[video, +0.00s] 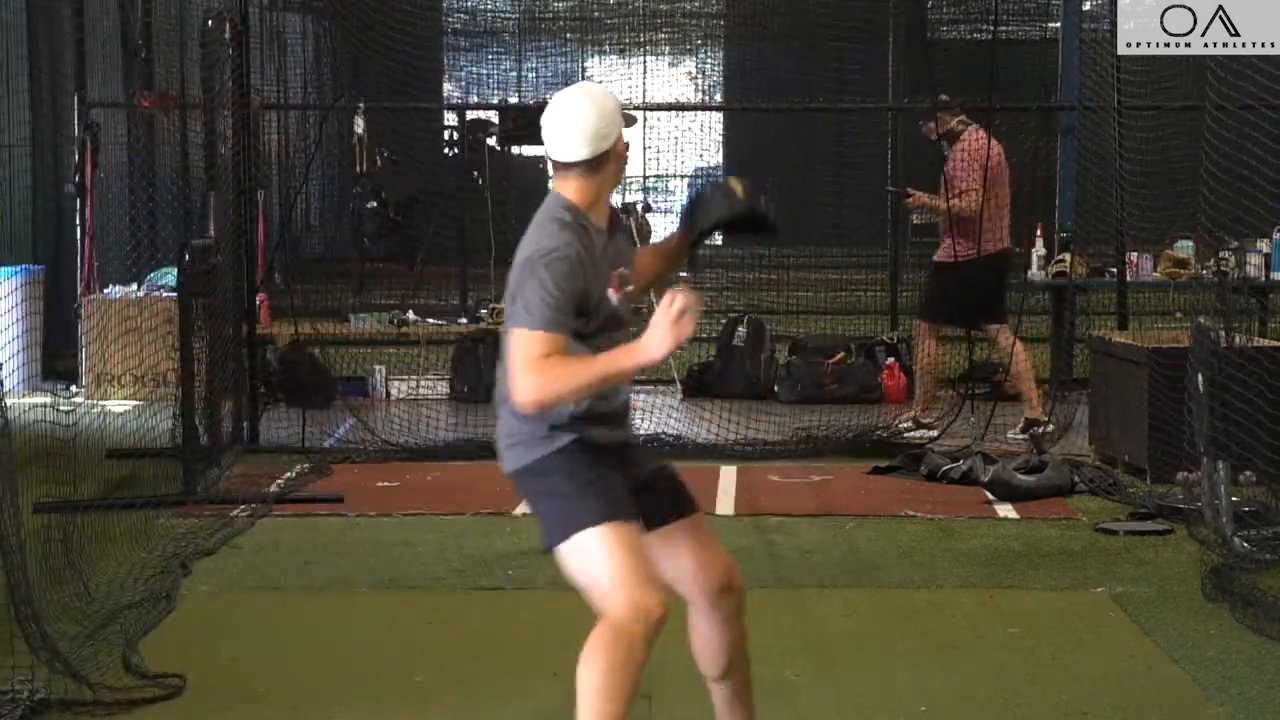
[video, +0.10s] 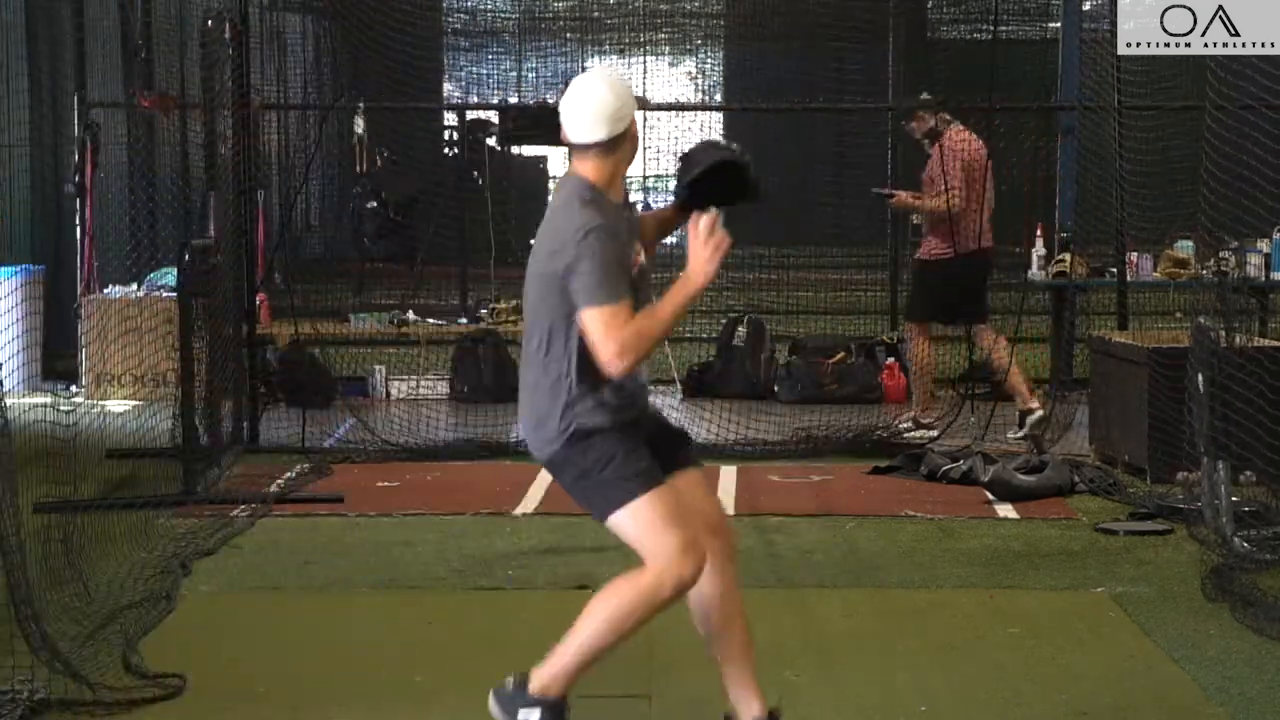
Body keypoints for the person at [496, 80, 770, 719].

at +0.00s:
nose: (626, 148)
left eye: (622, 140)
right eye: (624, 140)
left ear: (554, 154)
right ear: (618, 152)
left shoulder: (613, 222)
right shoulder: (550, 251)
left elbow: (634, 277)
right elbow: (531, 384)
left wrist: (693, 226)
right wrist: (645, 349)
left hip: (610, 436)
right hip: (551, 447)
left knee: (713, 582)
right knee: (634, 604)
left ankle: (735, 715)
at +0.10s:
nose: (640, 131)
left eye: (636, 121)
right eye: (637, 121)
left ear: (568, 134)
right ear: (630, 131)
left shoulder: (598, 200)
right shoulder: (586, 229)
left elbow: (632, 245)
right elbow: (615, 352)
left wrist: (688, 202)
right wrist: (694, 279)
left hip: (620, 408)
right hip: (575, 423)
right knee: (677, 557)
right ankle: (535, 694)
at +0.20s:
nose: (655, 123)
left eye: (650, 114)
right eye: (654, 114)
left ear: (582, 122)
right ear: (647, 124)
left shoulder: (602, 184)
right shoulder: (605, 216)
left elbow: (653, 212)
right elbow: (623, 336)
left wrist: (702, 218)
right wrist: (694, 282)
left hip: (613, 383)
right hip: (565, 403)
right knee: (666, 531)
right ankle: (560, 664)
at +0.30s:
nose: (665, 153)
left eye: (661, 146)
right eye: (663, 144)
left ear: (600, 156)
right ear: (655, 154)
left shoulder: (629, 196)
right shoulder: (598, 244)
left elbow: (688, 180)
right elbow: (578, 362)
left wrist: (771, 210)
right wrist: (648, 437)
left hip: (592, 385)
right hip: (547, 411)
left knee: (687, 493)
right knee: (650, 534)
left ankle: (655, 594)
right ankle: (576, 671)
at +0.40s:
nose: (668, 179)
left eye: (665, 172)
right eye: (665, 171)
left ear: (612, 181)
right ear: (656, 180)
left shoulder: (647, 215)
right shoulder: (588, 259)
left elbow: (717, 178)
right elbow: (525, 354)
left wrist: (796, 160)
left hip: (603, 401)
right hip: (565, 416)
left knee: (667, 496)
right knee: (666, 524)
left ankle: (610, 558)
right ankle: (580, 666)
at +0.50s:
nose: (666, 184)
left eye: (663, 175)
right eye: (659, 176)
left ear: (619, 182)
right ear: (642, 184)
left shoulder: (637, 230)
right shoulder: (575, 242)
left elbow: (651, 180)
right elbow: (479, 267)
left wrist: (691, 175)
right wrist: (494, 300)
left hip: (612, 405)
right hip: (583, 415)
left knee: (610, 485)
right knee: (662, 538)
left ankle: (584, 565)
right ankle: (602, 645)